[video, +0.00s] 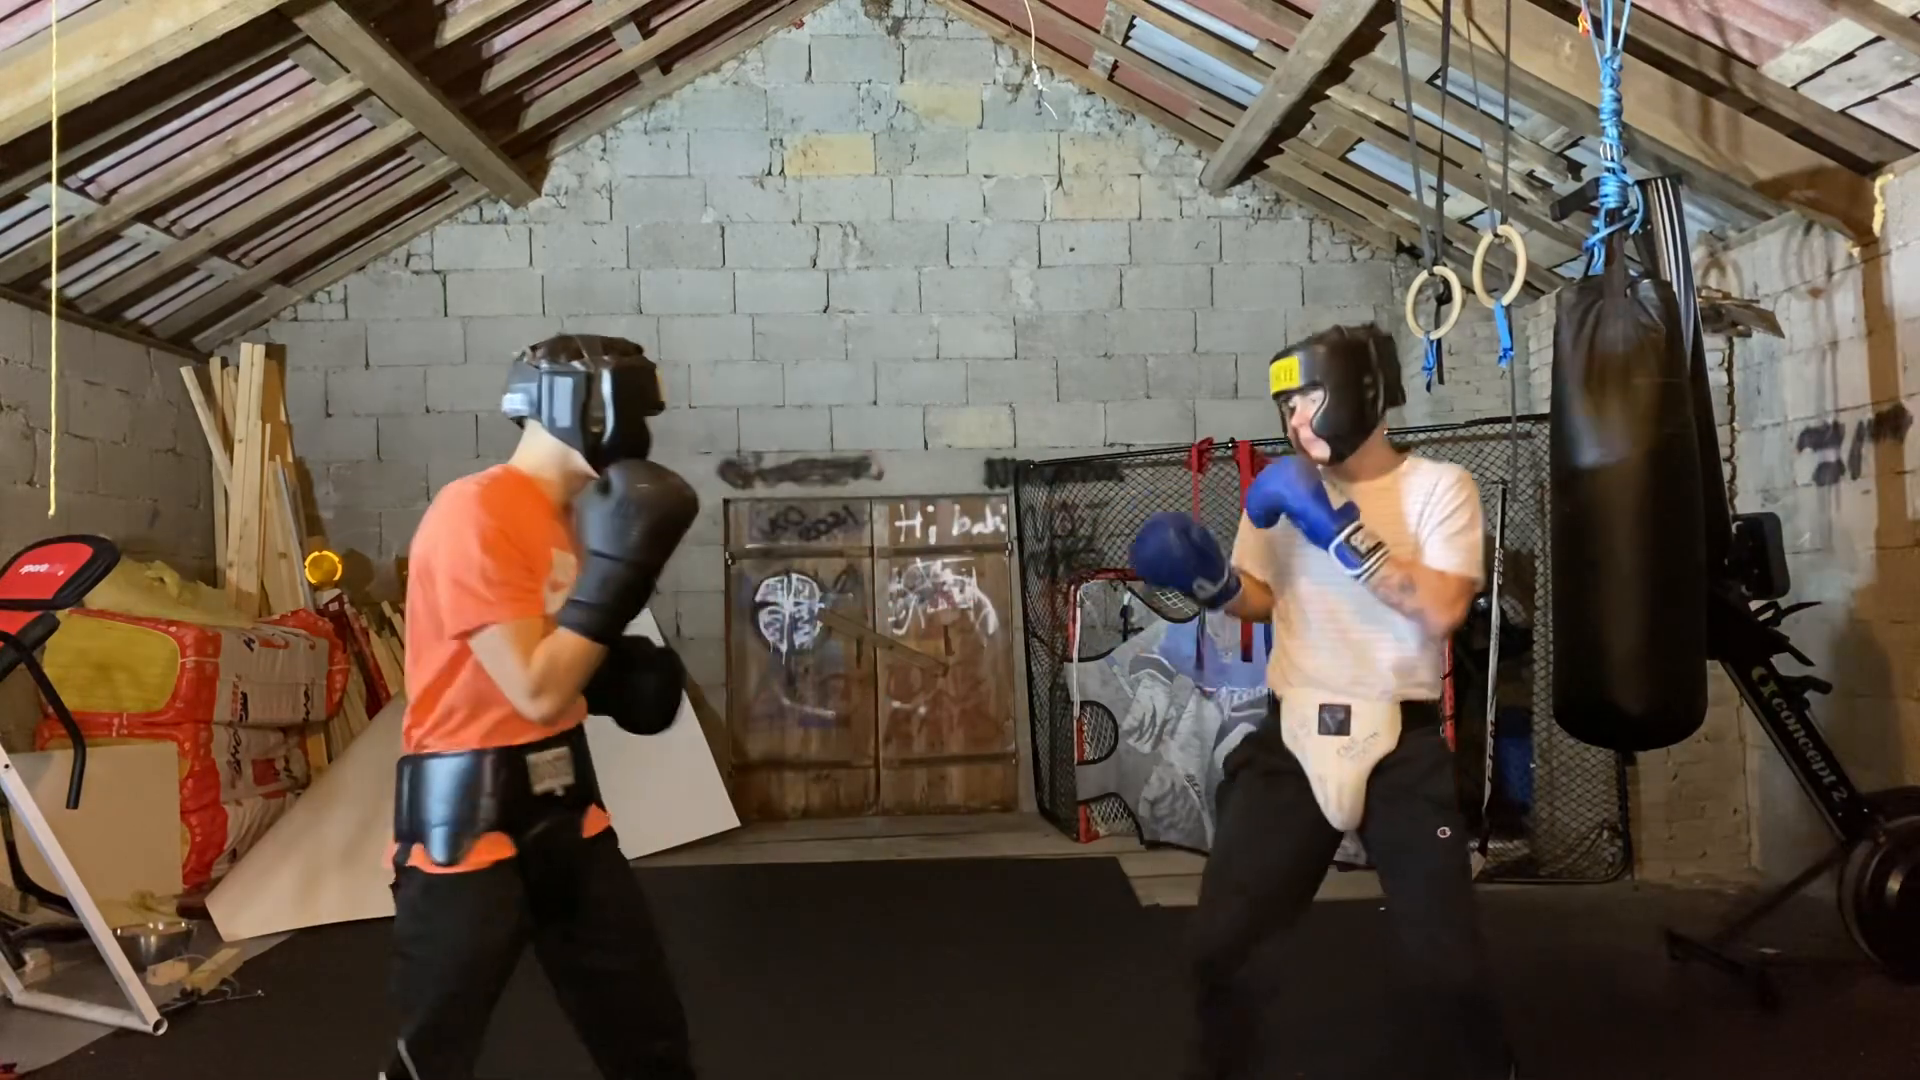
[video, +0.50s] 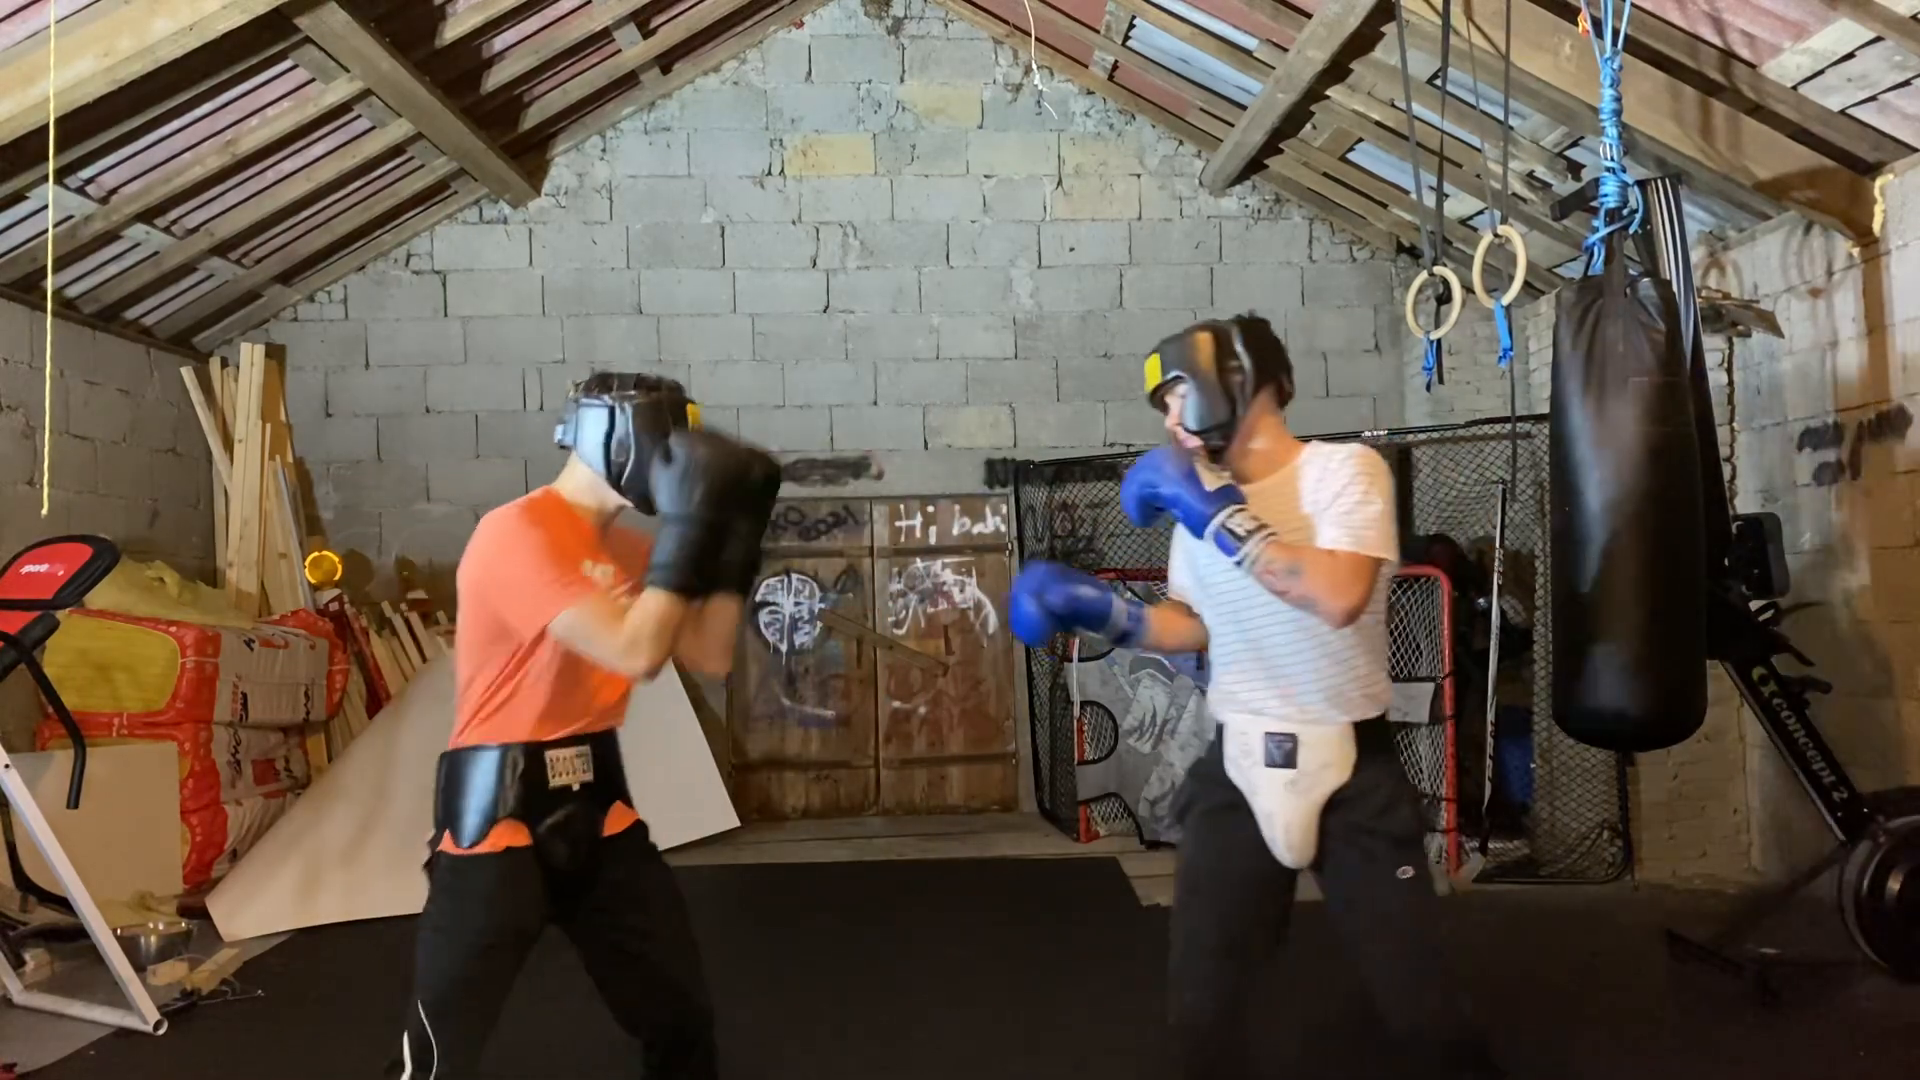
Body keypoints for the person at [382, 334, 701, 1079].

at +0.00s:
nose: (640, 437)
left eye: (640, 416)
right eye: (632, 414)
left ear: (556, 406)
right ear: (590, 410)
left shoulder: (576, 525)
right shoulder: (471, 512)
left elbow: (540, 658)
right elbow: (536, 685)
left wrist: (611, 677)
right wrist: (614, 571)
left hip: (564, 811)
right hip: (466, 826)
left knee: (650, 1045)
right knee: (432, 1059)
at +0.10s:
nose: (623, 439)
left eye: (624, 419)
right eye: (613, 418)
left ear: (548, 412)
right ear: (566, 412)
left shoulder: (568, 527)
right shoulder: (449, 517)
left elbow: (533, 684)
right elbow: (510, 697)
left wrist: (606, 675)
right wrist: (594, 576)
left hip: (552, 808)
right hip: (449, 822)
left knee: (645, 1042)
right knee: (420, 1061)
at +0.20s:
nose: (619, 444)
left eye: (620, 425)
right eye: (608, 424)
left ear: (554, 422)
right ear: (561, 422)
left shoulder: (559, 537)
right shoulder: (443, 529)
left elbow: (541, 699)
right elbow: (496, 703)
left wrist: (630, 666)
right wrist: (586, 593)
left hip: (548, 812)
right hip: (451, 830)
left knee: (643, 1030)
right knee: (443, 1058)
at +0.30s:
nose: (636, 470)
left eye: (638, 450)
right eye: (627, 448)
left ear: (574, 446)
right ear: (578, 445)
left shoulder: (574, 560)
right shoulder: (454, 544)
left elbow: (569, 727)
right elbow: (513, 716)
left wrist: (657, 657)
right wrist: (601, 609)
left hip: (553, 821)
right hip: (457, 838)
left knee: (656, 1035)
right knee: (455, 1060)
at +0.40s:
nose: (659, 481)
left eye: (661, 463)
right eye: (652, 461)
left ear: (591, 454)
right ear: (605, 456)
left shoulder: (594, 567)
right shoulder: (484, 548)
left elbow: (646, 711)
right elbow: (564, 701)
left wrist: (706, 610)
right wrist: (648, 586)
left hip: (570, 827)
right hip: (475, 839)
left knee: (673, 1027)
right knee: (454, 1059)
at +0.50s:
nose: (676, 461)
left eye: (679, 447)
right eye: (667, 444)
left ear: (606, 439)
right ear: (619, 439)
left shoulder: (634, 544)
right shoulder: (512, 535)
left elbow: (712, 654)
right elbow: (634, 648)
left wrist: (736, 533)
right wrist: (687, 524)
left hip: (594, 809)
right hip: (495, 822)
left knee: (680, 1026)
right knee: (436, 1055)